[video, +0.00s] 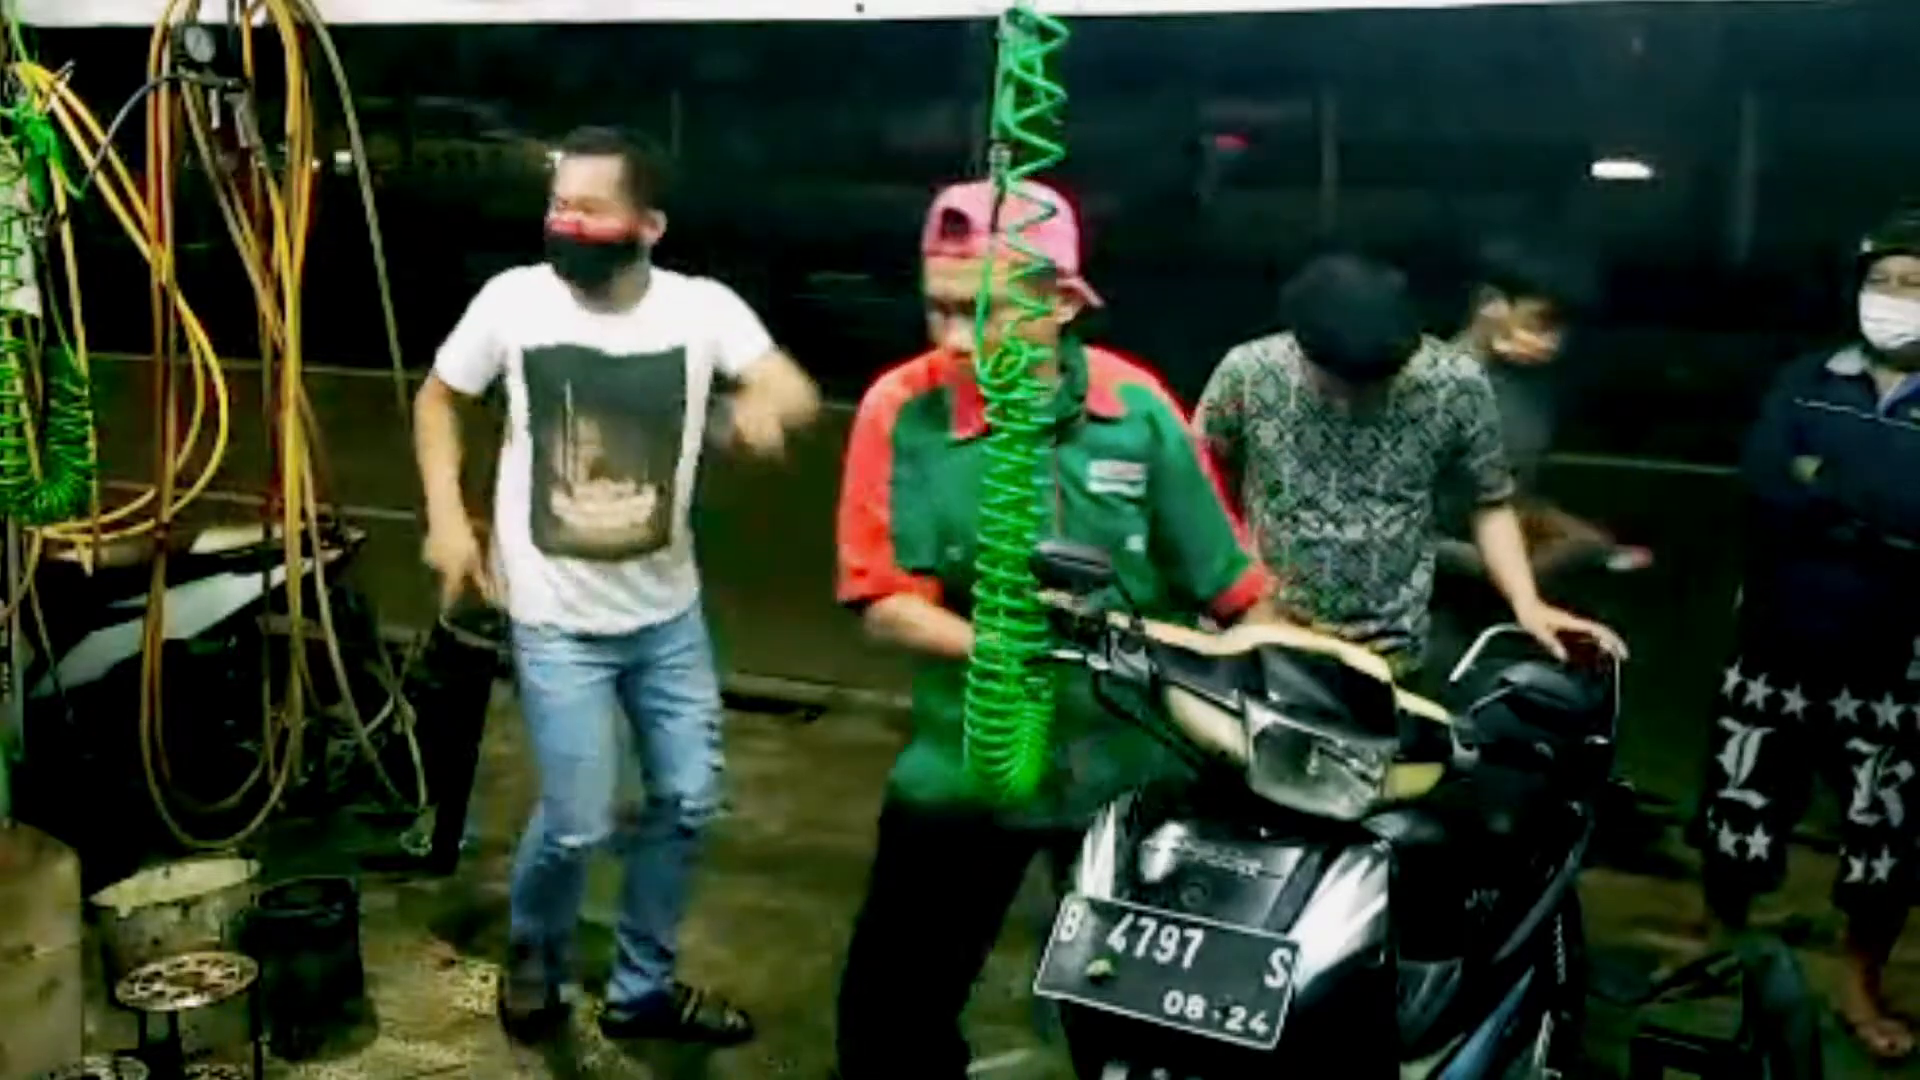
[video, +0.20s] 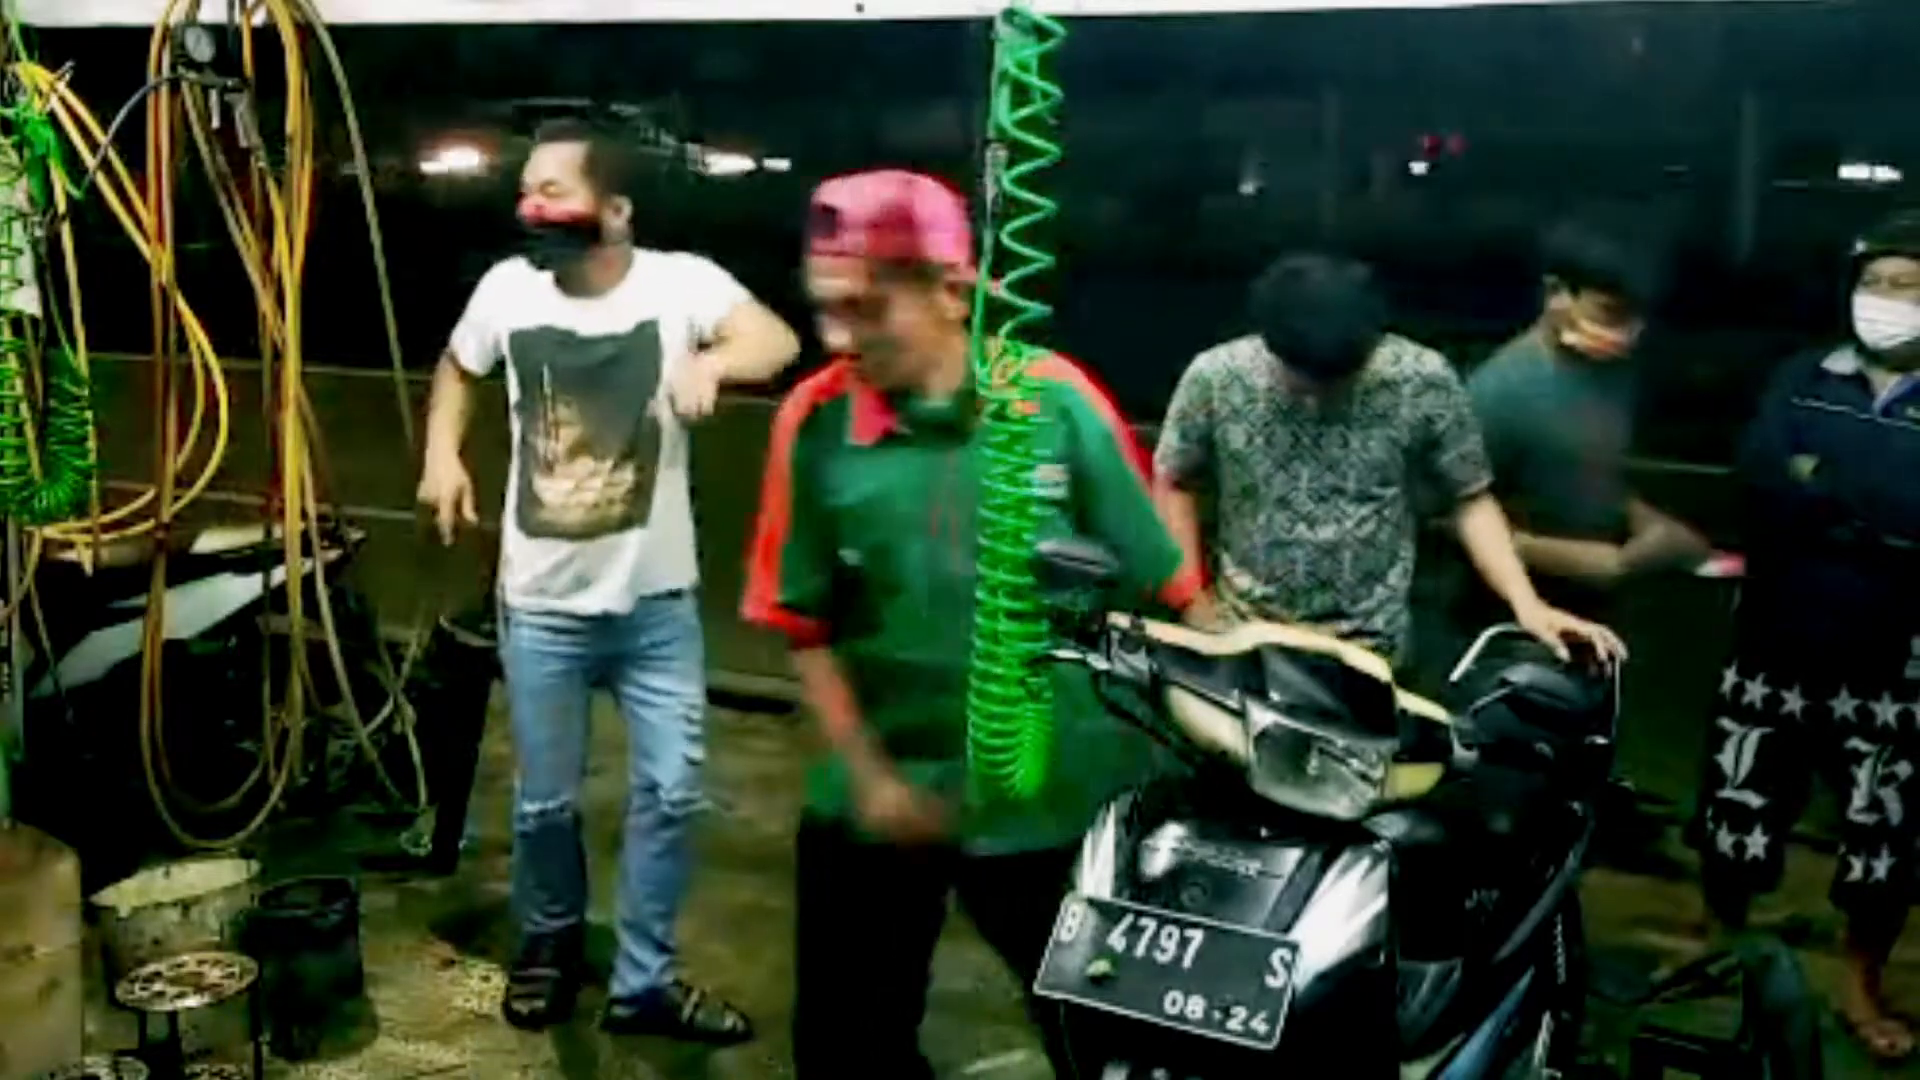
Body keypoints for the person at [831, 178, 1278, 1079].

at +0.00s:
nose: (952, 335)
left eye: (977, 313)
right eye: (941, 310)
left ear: (1059, 306)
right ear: (927, 300)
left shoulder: (1135, 407)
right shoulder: (902, 407)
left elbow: (1241, 596)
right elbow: (885, 604)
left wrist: (1337, 663)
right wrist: (1012, 648)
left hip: (1121, 774)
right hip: (960, 775)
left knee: (1135, 1023)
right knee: (890, 1018)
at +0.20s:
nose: (842, 336)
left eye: (864, 311)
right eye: (829, 312)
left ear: (950, 293)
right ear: (816, 303)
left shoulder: (1054, 404)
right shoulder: (818, 420)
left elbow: (1171, 591)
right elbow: (801, 624)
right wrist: (869, 776)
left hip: (1049, 812)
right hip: (876, 809)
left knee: (1112, 1051)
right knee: (847, 1056)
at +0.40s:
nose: (757, 321)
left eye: (776, 293)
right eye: (746, 296)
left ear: (864, 275)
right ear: (741, 284)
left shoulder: (990, 396)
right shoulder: (750, 411)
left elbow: (1090, 602)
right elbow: (699, 588)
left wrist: (1101, 799)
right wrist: (658, 740)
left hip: (990, 819)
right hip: (826, 820)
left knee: (1039, 1046)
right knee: (844, 1054)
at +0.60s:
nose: (691, 313)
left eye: (713, 286)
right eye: (683, 286)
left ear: (804, 270)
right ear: (672, 272)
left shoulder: (914, 397)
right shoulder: (703, 404)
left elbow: (981, 633)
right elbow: (651, 581)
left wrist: (915, 798)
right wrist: (536, 714)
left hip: (890, 821)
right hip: (767, 817)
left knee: (873, 1060)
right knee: (792, 1055)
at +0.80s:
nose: (613, 331)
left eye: (631, 303)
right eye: (607, 304)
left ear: (725, 285)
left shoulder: (818, 409)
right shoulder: (654, 404)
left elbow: (882, 661)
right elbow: (643, 599)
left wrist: (858, 854)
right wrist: (566, 759)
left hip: (799, 805)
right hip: (703, 803)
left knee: (671, 1053)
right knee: (845, 1061)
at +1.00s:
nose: (434, 377)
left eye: (451, 345)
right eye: (425, 348)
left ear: (548, 326)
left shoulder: (656, 451)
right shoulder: (521, 443)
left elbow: (767, 701)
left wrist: (798, 908)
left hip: (667, 891)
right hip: (571, 871)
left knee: (538, 1071)